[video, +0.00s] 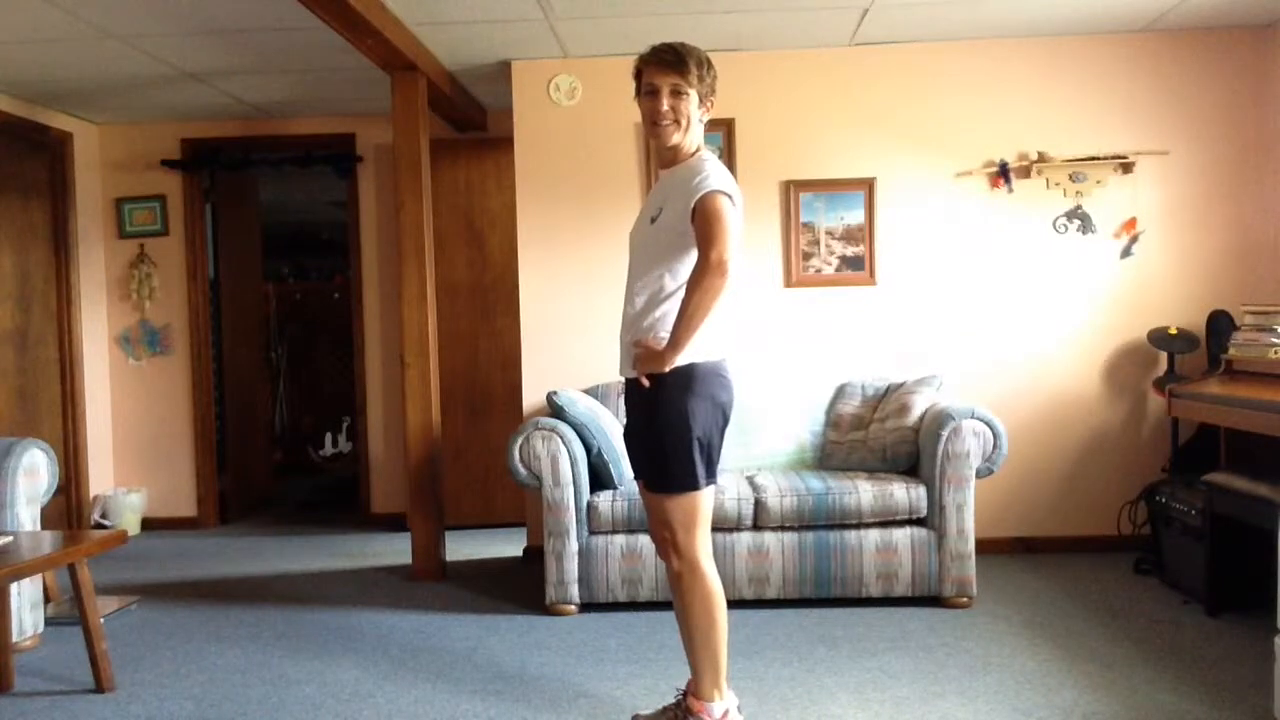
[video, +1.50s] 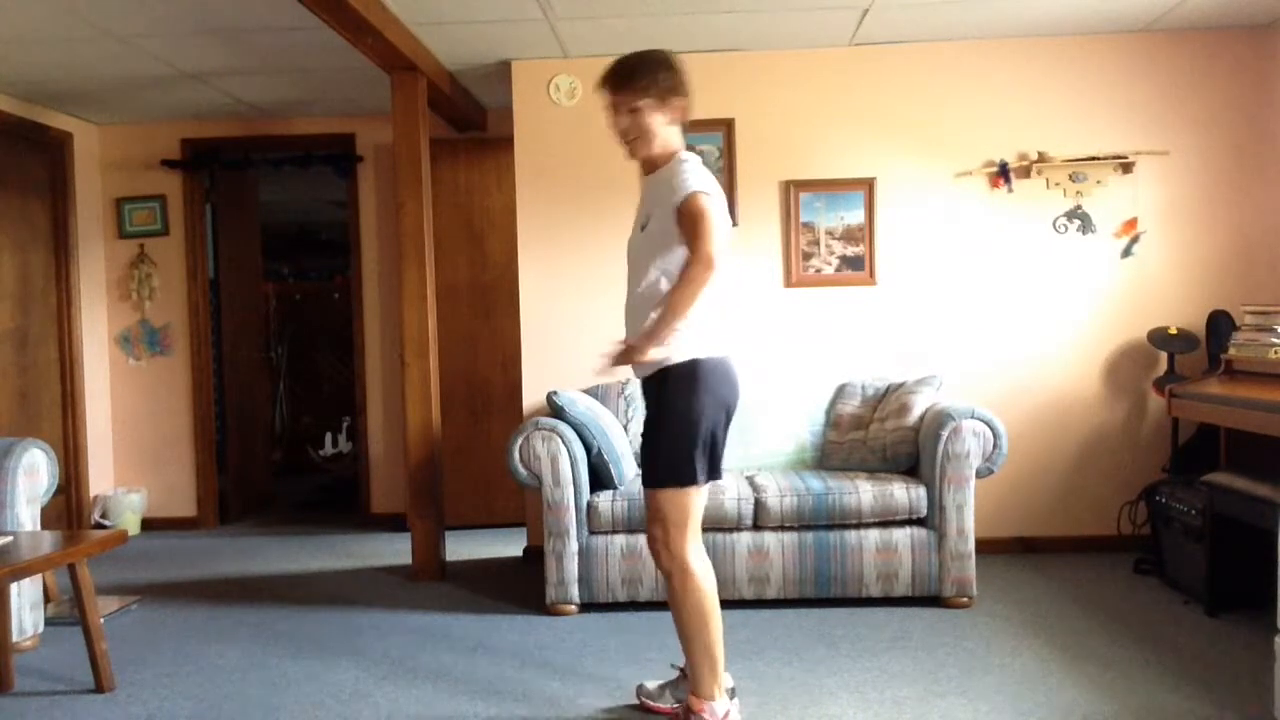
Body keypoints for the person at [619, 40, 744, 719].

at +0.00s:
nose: (661, 106)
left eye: (676, 93)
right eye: (650, 93)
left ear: (702, 103)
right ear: (638, 102)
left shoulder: (705, 175)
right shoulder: (665, 182)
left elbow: (718, 262)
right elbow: (664, 274)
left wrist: (670, 350)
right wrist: (643, 352)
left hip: (679, 380)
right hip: (653, 380)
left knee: (687, 549)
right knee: (673, 548)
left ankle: (713, 699)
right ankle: (706, 693)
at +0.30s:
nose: (660, 106)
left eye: (676, 94)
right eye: (650, 93)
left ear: (702, 103)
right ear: (638, 102)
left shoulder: (705, 174)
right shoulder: (666, 182)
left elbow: (718, 263)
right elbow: (665, 275)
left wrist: (669, 351)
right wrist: (642, 352)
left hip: (680, 379)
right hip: (654, 379)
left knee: (687, 550)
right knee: (673, 548)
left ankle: (713, 699)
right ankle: (706, 693)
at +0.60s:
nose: (661, 106)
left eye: (676, 93)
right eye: (651, 93)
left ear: (704, 103)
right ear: (639, 102)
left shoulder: (706, 175)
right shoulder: (668, 181)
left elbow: (719, 264)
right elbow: (667, 274)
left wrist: (670, 351)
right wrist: (644, 353)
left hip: (681, 380)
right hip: (654, 379)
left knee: (687, 549)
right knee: (671, 546)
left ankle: (713, 699)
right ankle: (705, 693)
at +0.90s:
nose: (662, 105)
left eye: (678, 92)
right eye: (652, 92)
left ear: (705, 102)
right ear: (641, 101)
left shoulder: (707, 175)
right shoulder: (671, 181)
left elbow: (723, 266)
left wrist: (673, 353)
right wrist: (647, 355)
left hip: (682, 382)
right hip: (656, 382)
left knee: (687, 550)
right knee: (667, 546)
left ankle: (713, 700)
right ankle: (705, 692)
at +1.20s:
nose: (659, 107)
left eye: (674, 95)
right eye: (649, 94)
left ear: (703, 105)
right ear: (638, 103)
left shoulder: (705, 176)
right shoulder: (671, 181)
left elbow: (718, 266)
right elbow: (672, 275)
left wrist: (671, 353)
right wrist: (649, 353)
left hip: (685, 382)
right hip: (656, 381)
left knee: (685, 548)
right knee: (649, 538)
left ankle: (712, 699)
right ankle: (703, 676)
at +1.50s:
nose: (625, 127)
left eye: (637, 111)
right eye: (617, 116)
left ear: (676, 109)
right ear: (614, 119)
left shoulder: (686, 174)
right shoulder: (660, 182)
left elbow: (707, 255)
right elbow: (671, 273)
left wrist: (653, 334)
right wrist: (640, 342)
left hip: (691, 374)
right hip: (676, 374)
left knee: (674, 543)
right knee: (669, 541)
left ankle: (711, 696)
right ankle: (703, 679)